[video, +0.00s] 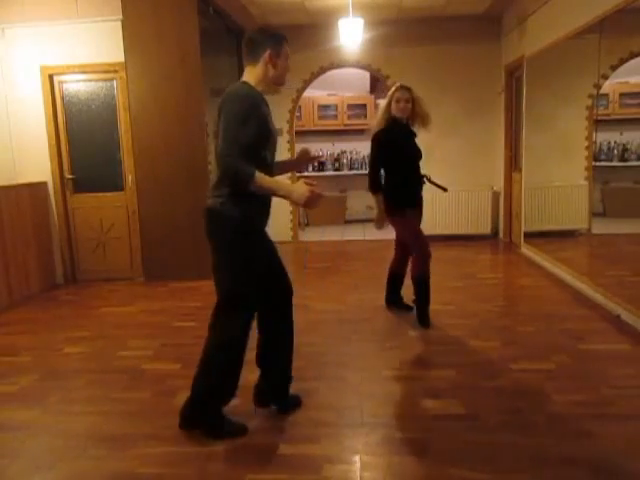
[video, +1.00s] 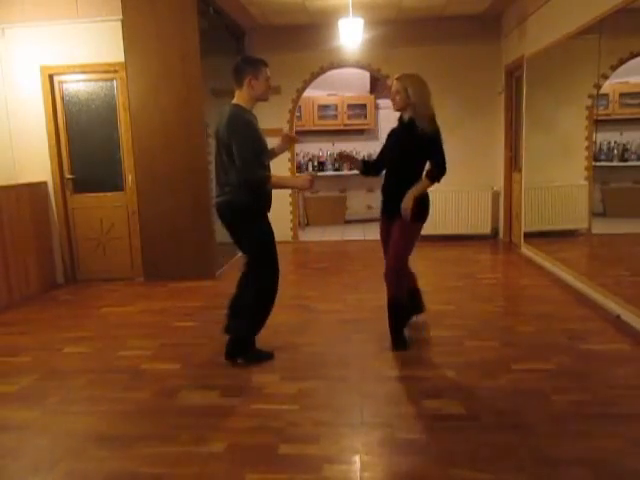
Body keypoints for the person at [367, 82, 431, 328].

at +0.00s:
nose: (402, 105)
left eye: (407, 101)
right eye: (398, 101)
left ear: (412, 105)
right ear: (390, 104)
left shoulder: (409, 133)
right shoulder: (382, 135)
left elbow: (406, 164)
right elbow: (374, 174)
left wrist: (417, 176)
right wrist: (379, 206)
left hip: (413, 197)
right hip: (395, 198)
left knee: (403, 250)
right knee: (421, 251)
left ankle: (393, 295)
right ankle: (422, 308)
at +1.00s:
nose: (392, 98)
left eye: (396, 93)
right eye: (392, 93)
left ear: (411, 95)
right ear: (400, 96)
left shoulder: (427, 128)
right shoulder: (398, 131)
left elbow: (438, 169)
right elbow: (377, 167)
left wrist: (414, 193)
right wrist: (353, 162)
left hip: (412, 204)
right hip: (391, 202)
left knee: (394, 265)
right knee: (394, 262)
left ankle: (397, 330)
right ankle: (414, 304)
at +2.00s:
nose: (394, 91)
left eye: (399, 86)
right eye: (394, 86)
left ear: (414, 90)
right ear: (409, 90)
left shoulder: (423, 126)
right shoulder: (407, 124)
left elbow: (434, 177)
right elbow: (395, 161)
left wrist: (407, 204)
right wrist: (360, 161)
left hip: (418, 208)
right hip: (412, 208)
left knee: (394, 270)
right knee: (410, 266)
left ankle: (434, 325)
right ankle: (427, 320)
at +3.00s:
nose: (392, 90)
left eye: (397, 85)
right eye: (393, 85)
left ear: (413, 88)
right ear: (411, 89)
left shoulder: (424, 123)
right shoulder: (407, 122)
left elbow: (439, 173)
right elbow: (378, 154)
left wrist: (410, 201)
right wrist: (340, 168)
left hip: (415, 211)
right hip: (410, 209)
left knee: (408, 275)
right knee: (419, 269)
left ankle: (424, 349)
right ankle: (429, 325)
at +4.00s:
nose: (392, 97)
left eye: (398, 92)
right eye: (387, 92)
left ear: (410, 94)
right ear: (382, 96)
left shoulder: (418, 129)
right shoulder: (386, 128)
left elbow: (447, 168)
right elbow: (362, 160)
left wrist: (433, 201)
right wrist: (330, 173)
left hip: (420, 212)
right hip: (405, 212)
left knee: (421, 278)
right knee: (412, 270)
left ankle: (422, 349)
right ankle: (410, 320)